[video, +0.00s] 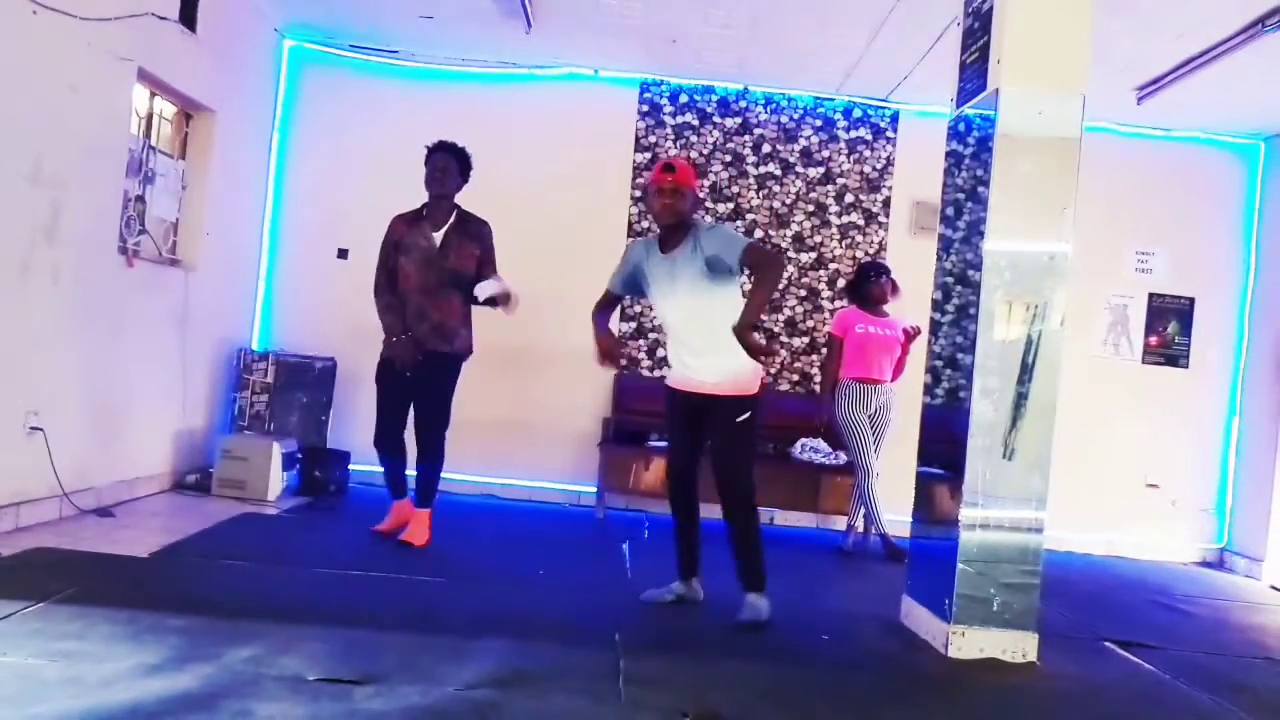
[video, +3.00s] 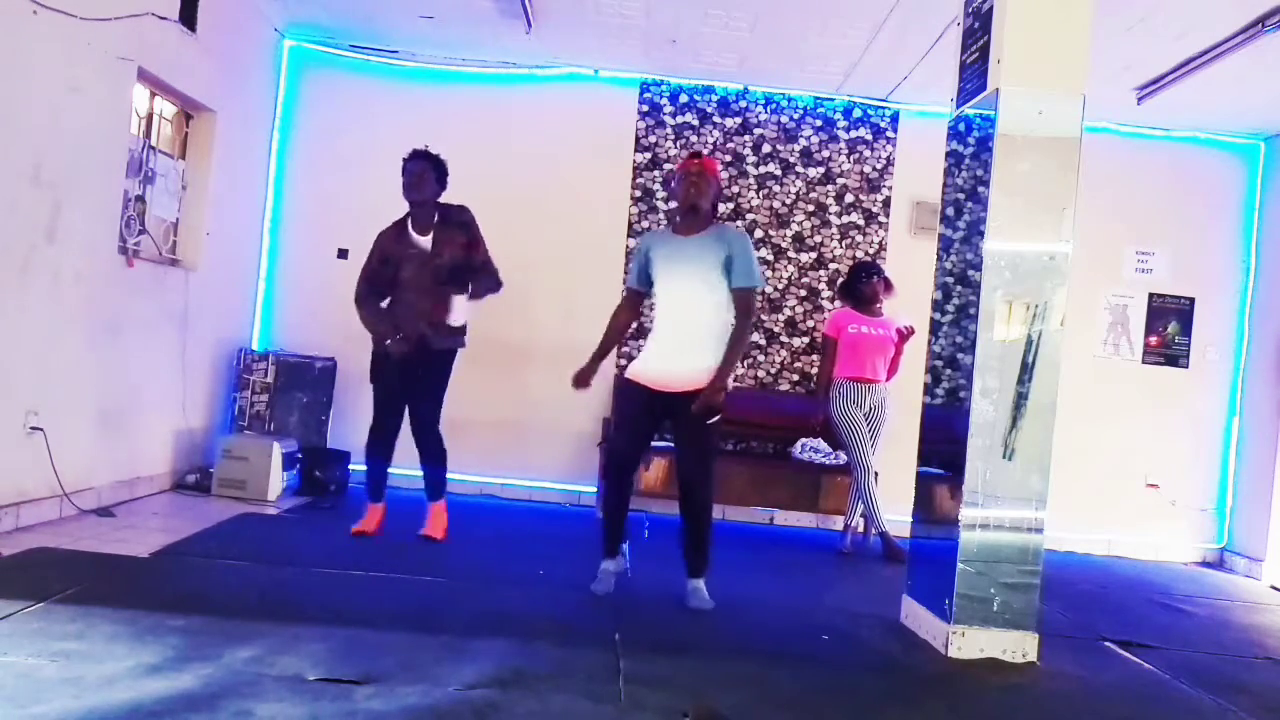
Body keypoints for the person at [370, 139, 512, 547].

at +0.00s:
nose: (436, 176)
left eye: (445, 171)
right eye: (431, 169)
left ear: (462, 179)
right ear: (424, 174)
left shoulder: (477, 230)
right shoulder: (401, 225)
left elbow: (486, 287)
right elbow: (383, 286)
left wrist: (495, 294)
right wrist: (396, 337)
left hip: (444, 352)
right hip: (401, 347)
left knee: (429, 435)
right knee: (387, 433)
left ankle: (422, 514)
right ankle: (400, 503)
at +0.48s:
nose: (439, 180)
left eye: (448, 174)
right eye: (434, 173)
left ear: (465, 183)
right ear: (426, 178)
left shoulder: (471, 242)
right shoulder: (400, 215)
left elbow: (477, 311)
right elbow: (377, 272)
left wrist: (453, 334)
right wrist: (392, 321)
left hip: (434, 351)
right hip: (389, 343)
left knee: (422, 428)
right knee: (374, 423)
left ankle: (427, 510)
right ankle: (374, 498)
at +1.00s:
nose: (416, 181)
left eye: (425, 174)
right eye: (411, 173)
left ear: (442, 180)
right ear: (405, 177)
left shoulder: (466, 227)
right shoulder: (392, 229)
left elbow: (503, 280)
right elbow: (373, 285)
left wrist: (463, 283)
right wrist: (391, 326)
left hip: (439, 355)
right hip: (396, 352)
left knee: (432, 437)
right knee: (392, 435)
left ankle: (435, 515)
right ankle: (399, 510)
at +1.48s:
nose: (429, 181)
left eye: (437, 175)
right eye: (424, 174)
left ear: (453, 180)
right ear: (415, 178)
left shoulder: (468, 237)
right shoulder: (394, 217)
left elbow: (467, 298)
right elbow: (382, 275)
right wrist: (403, 326)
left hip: (440, 348)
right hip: (395, 341)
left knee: (432, 426)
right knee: (385, 419)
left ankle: (442, 506)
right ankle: (353, 494)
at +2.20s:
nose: (426, 187)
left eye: (436, 182)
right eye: (423, 180)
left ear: (453, 191)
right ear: (416, 184)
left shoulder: (468, 235)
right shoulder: (394, 234)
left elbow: (494, 290)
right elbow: (378, 292)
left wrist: (486, 298)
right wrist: (399, 343)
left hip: (444, 351)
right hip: (399, 349)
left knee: (440, 425)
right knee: (405, 423)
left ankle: (415, 491)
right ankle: (406, 504)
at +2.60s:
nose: (420, 180)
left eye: (429, 174)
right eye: (415, 173)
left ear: (445, 181)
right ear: (409, 178)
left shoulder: (462, 233)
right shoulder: (396, 212)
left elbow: (471, 285)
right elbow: (379, 267)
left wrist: (476, 325)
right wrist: (390, 318)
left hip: (434, 342)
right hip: (390, 336)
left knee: (421, 426)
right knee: (381, 420)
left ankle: (412, 500)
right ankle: (367, 499)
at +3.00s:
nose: (414, 182)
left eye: (422, 175)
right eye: (408, 175)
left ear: (440, 184)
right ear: (401, 183)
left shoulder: (458, 224)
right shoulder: (390, 238)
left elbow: (491, 280)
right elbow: (364, 295)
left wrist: (464, 283)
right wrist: (386, 335)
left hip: (438, 346)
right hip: (393, 344)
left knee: (425, 427)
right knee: (383, 426)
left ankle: (437, 509)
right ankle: (375, 507)